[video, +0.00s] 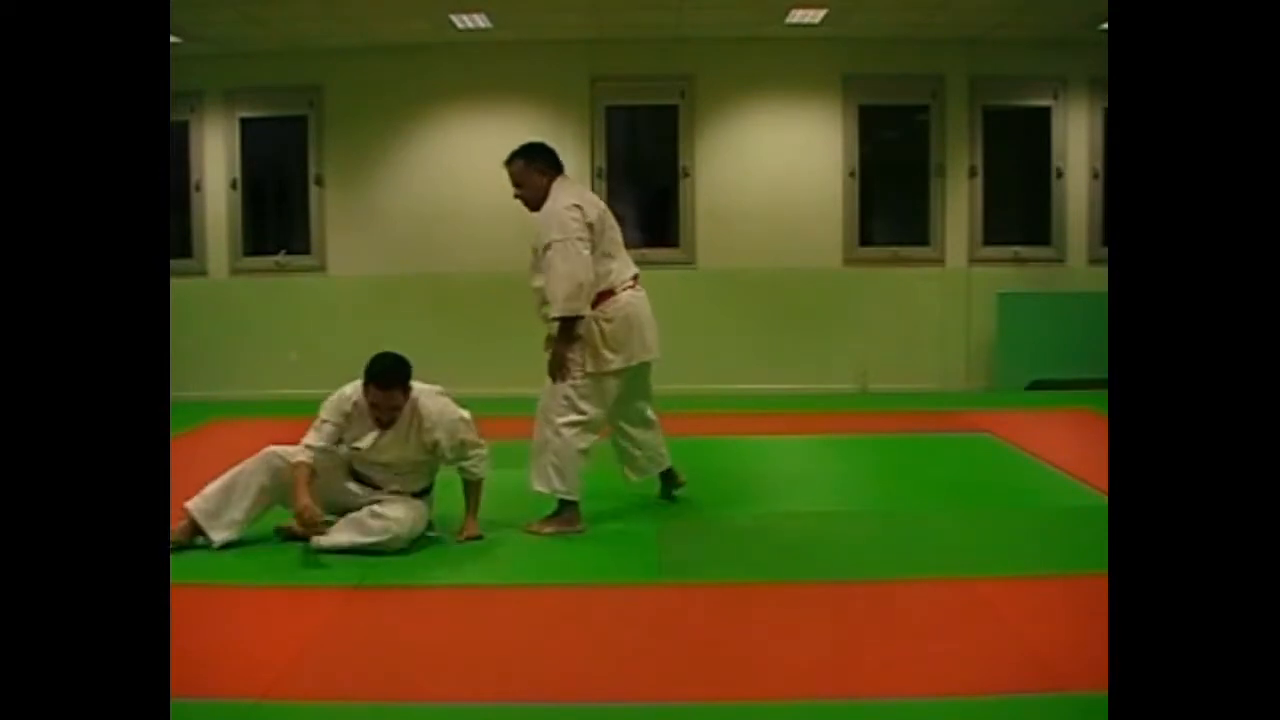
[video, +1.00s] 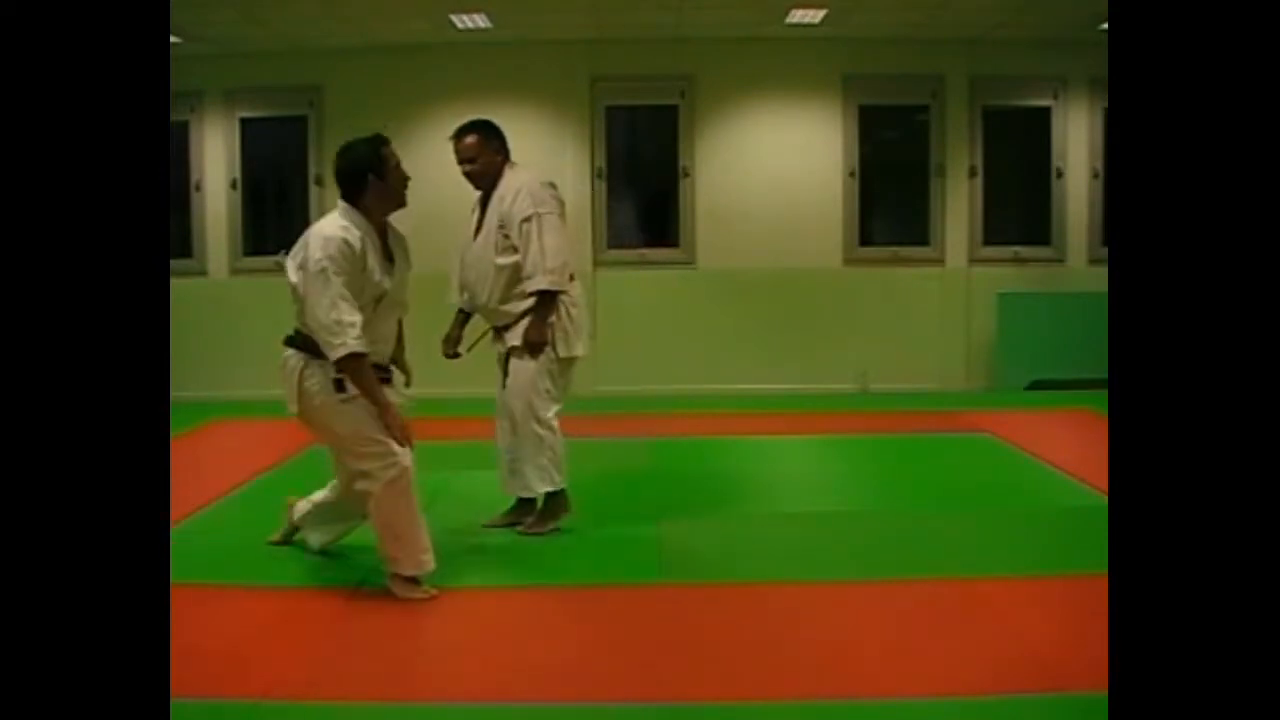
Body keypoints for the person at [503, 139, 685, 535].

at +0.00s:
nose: (516, 195)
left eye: (519, 184)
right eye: (513, 186)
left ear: (541, 175)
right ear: (549, 175)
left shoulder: (560, 210)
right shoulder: (581, 197)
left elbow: (573, 280)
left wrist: (560, 343)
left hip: (603, 321)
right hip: (632, 310)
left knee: (560, 411)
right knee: (630, 404)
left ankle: (567, 509)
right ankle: (666, 473)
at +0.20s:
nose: (502, 183)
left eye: (506, 173)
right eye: (499, 174)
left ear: (532, 164)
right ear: (533, 166)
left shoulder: (549, 204)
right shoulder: (559, 192)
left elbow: (561, 273)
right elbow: (545, 268)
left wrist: (550, 334)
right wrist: (530, 320)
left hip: (583, 318)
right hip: (605, 310)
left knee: (554, 412)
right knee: (595, 405)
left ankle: (566, 509)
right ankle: (616, 477)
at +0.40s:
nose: (493, 176)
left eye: (497, 166)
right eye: (490, 168)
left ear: (523, 157)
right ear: (518, 160)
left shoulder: (545, 197)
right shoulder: (531, 195)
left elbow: (559, 268)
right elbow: (532, 268)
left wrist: (551, 329)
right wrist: (514, 317)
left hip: (569, 317)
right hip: (553, 316)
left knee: (559, 414)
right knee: (542, 412)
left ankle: (563, 505)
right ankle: (546, 494)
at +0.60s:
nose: (484, 172)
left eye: (489, 162)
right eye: (480, 163)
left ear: (515, 154)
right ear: (505, 158)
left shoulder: (541, 193)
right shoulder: (519, 195)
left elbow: (559, 265)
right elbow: (516, 269)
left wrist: (549, 326)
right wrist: (496, 319)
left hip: (559, 322)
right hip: (532, 323)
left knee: (555, 417)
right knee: (525, 417)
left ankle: (566, 508)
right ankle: (528, 499)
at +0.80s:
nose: (474, 168)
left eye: (480, 158)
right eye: (470, 160)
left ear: (506, 151)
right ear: (488, 156)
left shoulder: (534, 191)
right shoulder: (504, 195)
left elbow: (553, 259)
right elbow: (498, 266)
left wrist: (546, 320)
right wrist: (477, 317)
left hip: (547, 321)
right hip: (519, 324)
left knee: (549, 415)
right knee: (519, 415)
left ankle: (564, 506)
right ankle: (526, 499)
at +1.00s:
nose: (465, 170)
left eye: (471, 160)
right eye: (460, 162)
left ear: (497, 154)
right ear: (462, 162)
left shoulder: (530, 192)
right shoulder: (486, 201)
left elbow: (550, 257)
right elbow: (478, 270)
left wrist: (541, 317)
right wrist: (459, 323)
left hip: (543, 318)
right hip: (510, 322)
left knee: (530, 404)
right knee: (510, 409)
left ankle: (553, 496)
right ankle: (524, 496)